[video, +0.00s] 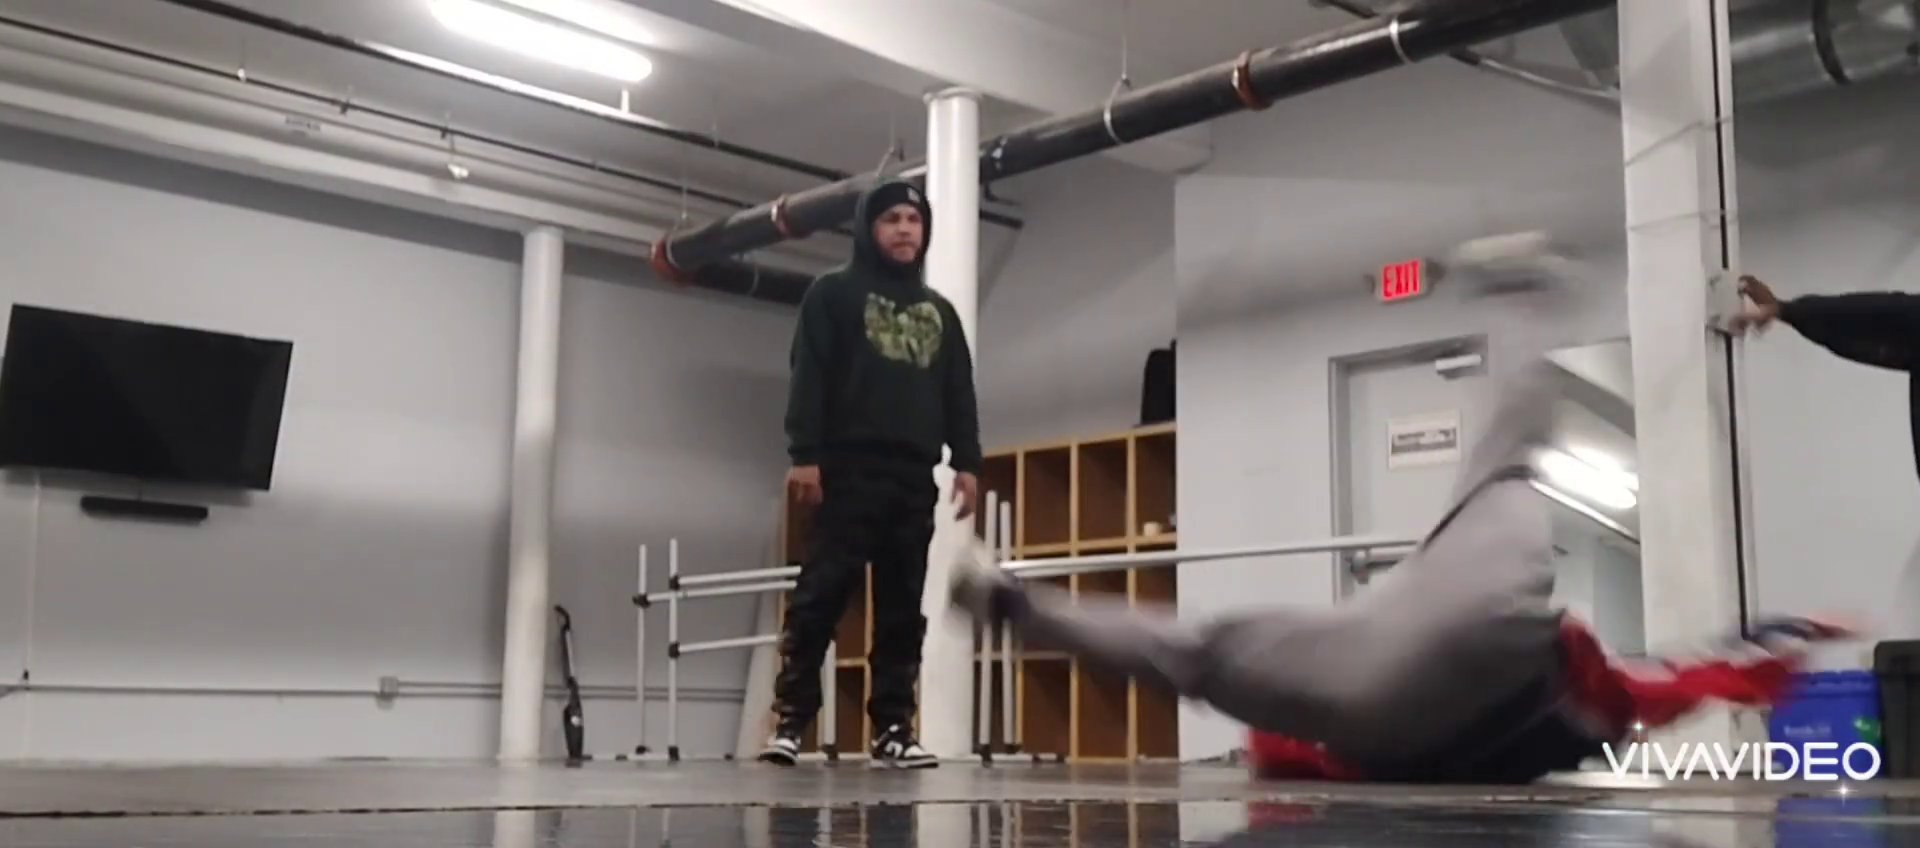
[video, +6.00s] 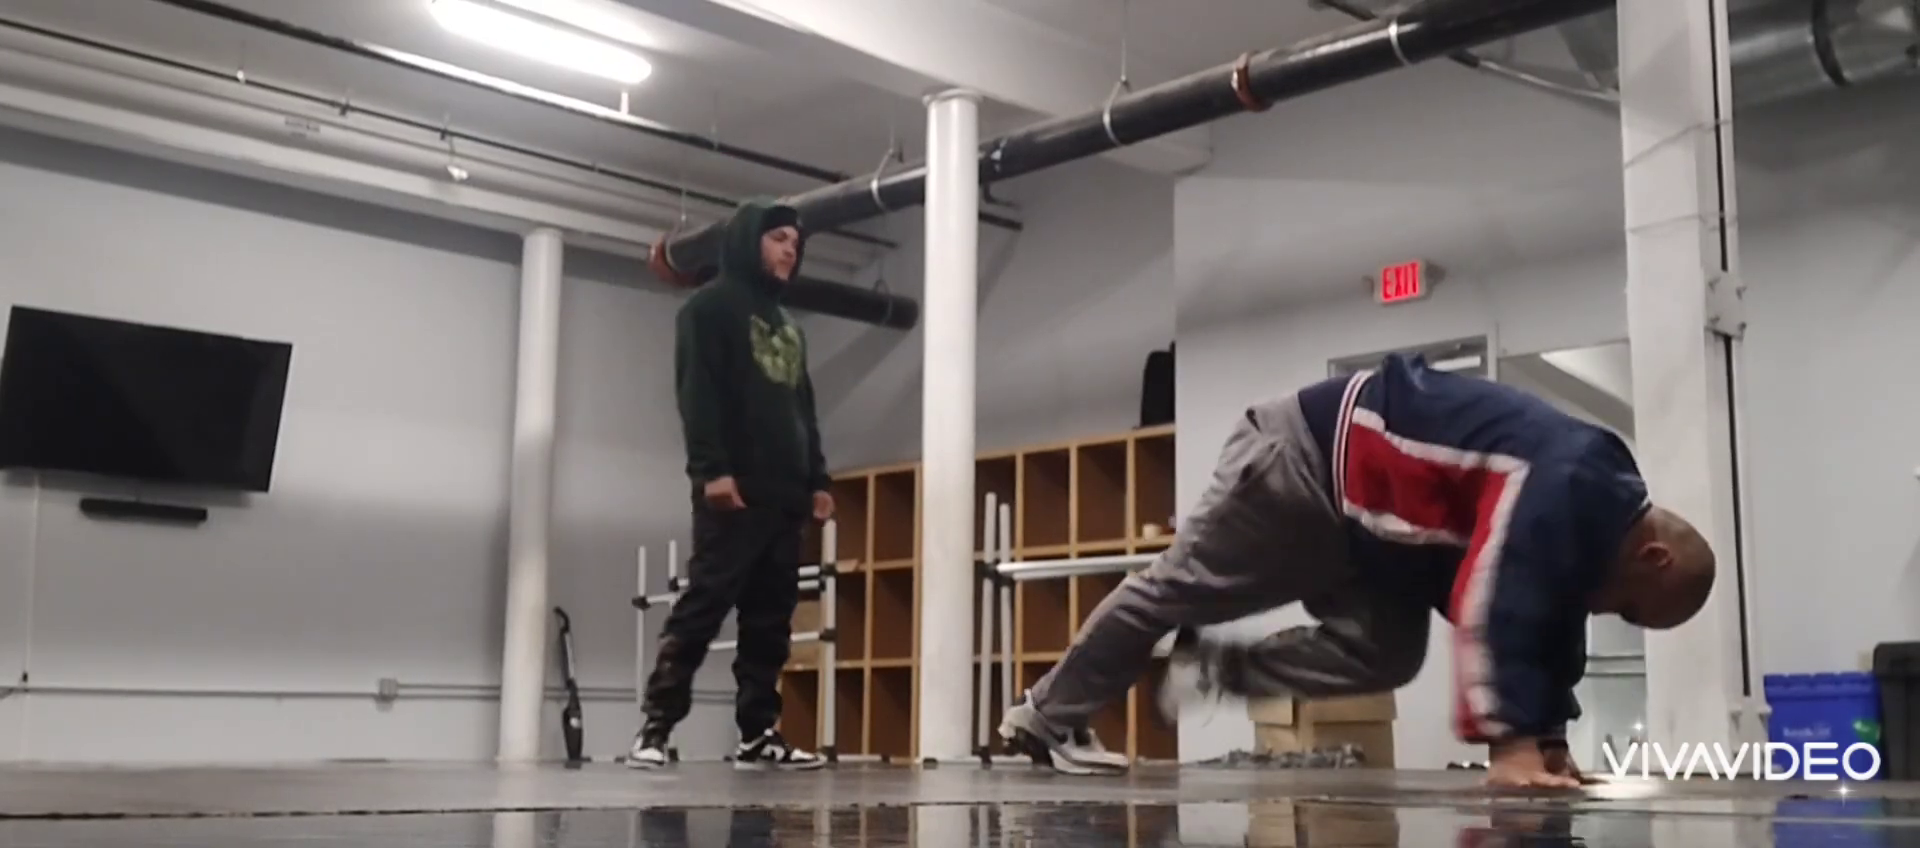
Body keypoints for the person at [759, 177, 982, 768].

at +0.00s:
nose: (905, 230)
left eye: (914, 221)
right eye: (893, 220)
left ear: (926, 233)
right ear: (867, 228)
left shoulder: (940, 312)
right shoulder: (832, 293)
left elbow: (959, 393)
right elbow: (807, 376)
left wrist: (967, 463)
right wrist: (804, 456)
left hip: (914, 474)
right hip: (846, 468)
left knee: (903, 607)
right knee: (820, 597)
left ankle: (893, 730)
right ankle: (791, 723)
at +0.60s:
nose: (822, 223)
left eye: (830, 213)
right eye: (809, 213)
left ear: (841, 223)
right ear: (785, 223)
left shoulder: (868, 301)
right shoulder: (749, 297)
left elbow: (889, 385)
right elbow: (723, 384)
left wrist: (902, 459)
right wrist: (711, 470)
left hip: (849, 472)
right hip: (775, 472)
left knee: (866, 601)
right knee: (773, 606)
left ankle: (877, 726)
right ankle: (782, 730)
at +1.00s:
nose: (797, 217)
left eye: (805, 208)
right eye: (784, 206)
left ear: (815, 219)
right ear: (758, 217)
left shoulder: (844, 294)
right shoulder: (721, 295)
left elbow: (869, 379)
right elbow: (696, 383)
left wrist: (878, 455)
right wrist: (684, 464)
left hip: (818, 463)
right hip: (749, 463)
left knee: (798, 581)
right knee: (752, 591)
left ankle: (793, 722)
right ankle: (775, 717)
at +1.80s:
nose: (780, 191)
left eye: (791, 186)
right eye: (768, 179)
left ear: (797, 202)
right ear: (739, 185)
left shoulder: (812, 276)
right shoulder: (689, 263)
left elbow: (833, 364)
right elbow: (651, 352)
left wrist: (823, 432)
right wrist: (628, 435)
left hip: (781, 452)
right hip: (706, 448)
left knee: (778, 591)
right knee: (690, 580)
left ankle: (756, 724)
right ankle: (702, 691)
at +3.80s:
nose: (742, 208)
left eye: (747, 199)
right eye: (730, 195)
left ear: (745, 211)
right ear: (696, 198)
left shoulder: (735, 287)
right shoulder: (654, 269)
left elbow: (749, 382)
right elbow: (648, 368)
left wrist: (759, 469)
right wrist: (672, 448)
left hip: (725, 458)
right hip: (664, 454)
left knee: (704, 602)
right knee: (648, 589)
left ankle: (684, 731)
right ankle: (626, 725)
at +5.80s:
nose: (759, 245)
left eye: (764, 237)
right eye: (748, 233)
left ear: (766, 249)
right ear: (716, 237)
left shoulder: (765, 322)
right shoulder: (674, 304)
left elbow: (780, 406)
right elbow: (655, 388)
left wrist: (789, 476)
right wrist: (668, 465)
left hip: (754, 490)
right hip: (694, 485)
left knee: (751, 619)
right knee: (668, 613)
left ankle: (756, 734)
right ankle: (646, 735)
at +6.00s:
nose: (789, 251)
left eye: (794, 244)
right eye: (779, 239)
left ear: (795, 255)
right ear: (748, 241)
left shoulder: (787, 325)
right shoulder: (707, 308)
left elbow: (804, 409)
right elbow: (697, 394)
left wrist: (817, 481)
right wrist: (711, 471)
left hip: (785, 489)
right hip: (730, 485)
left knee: (770, 615)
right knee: (703, 607)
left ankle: (758, 735)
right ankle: (655, 732)